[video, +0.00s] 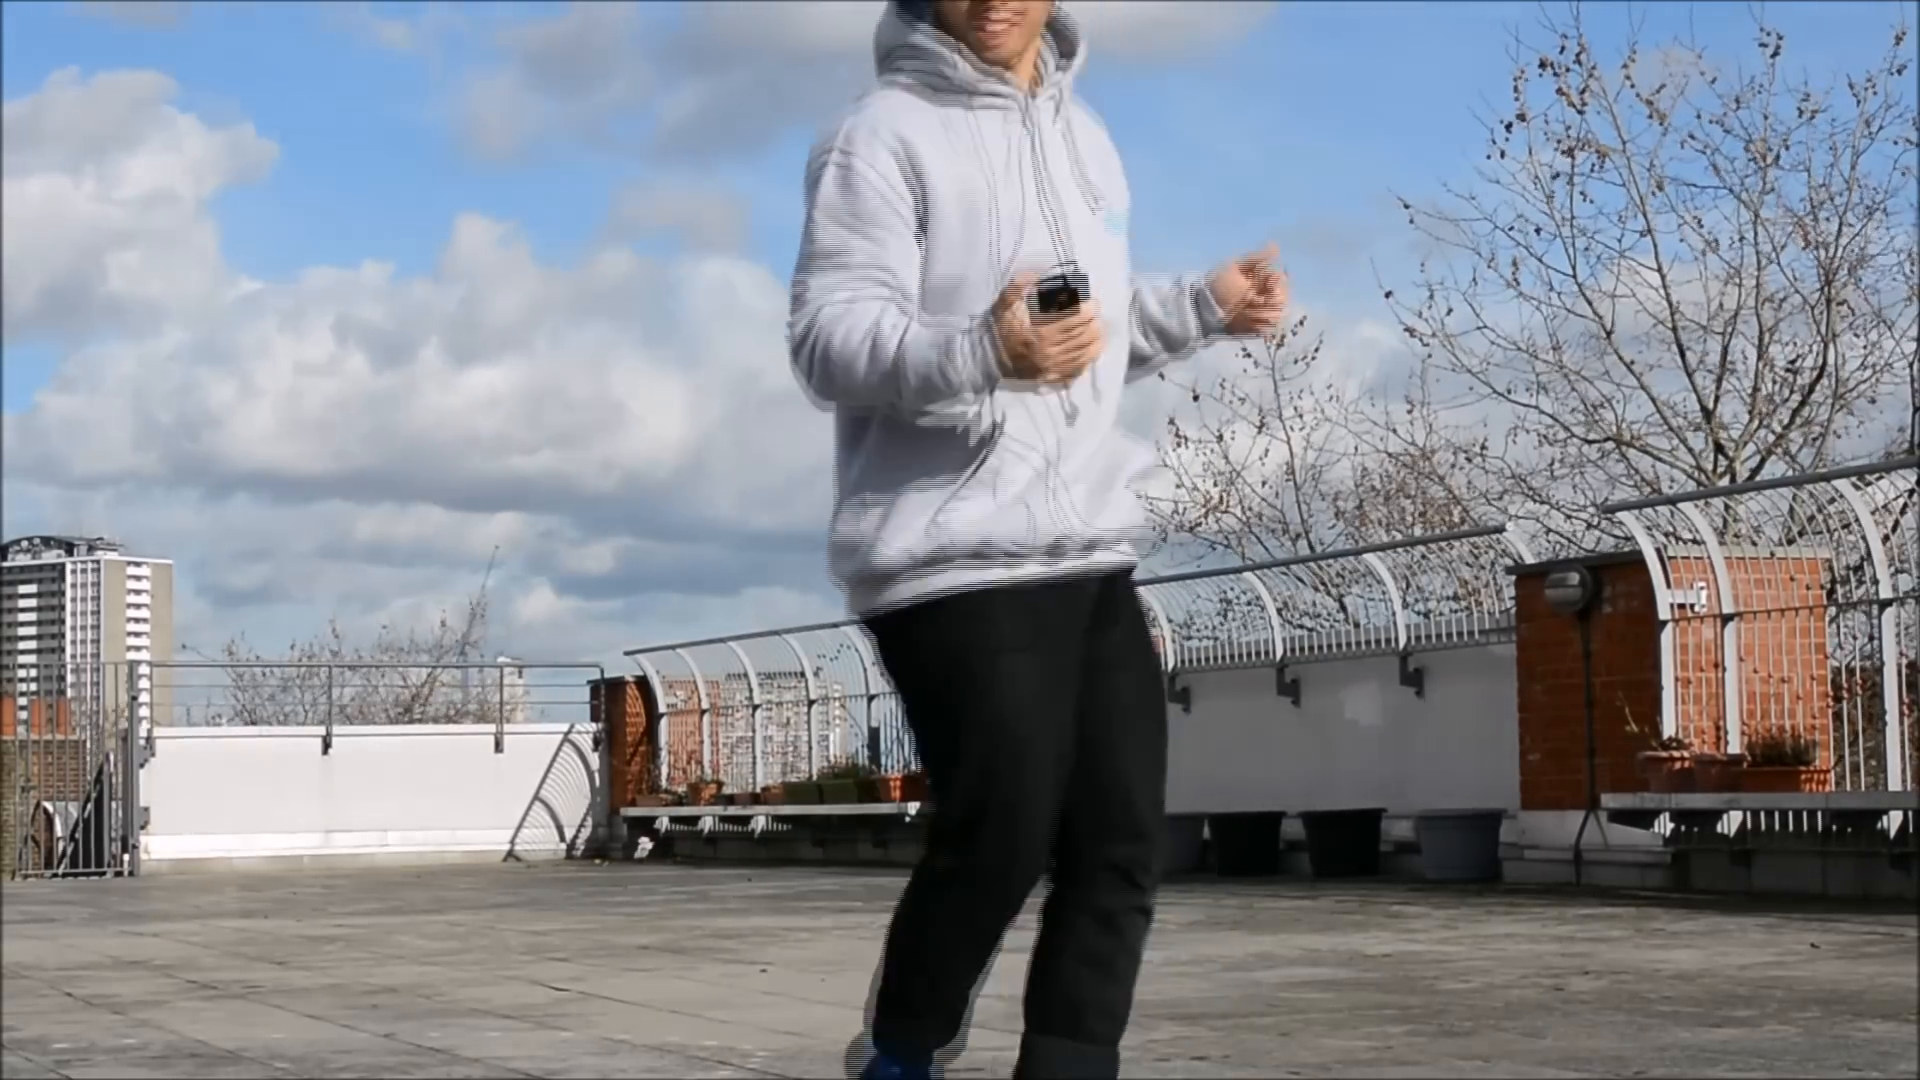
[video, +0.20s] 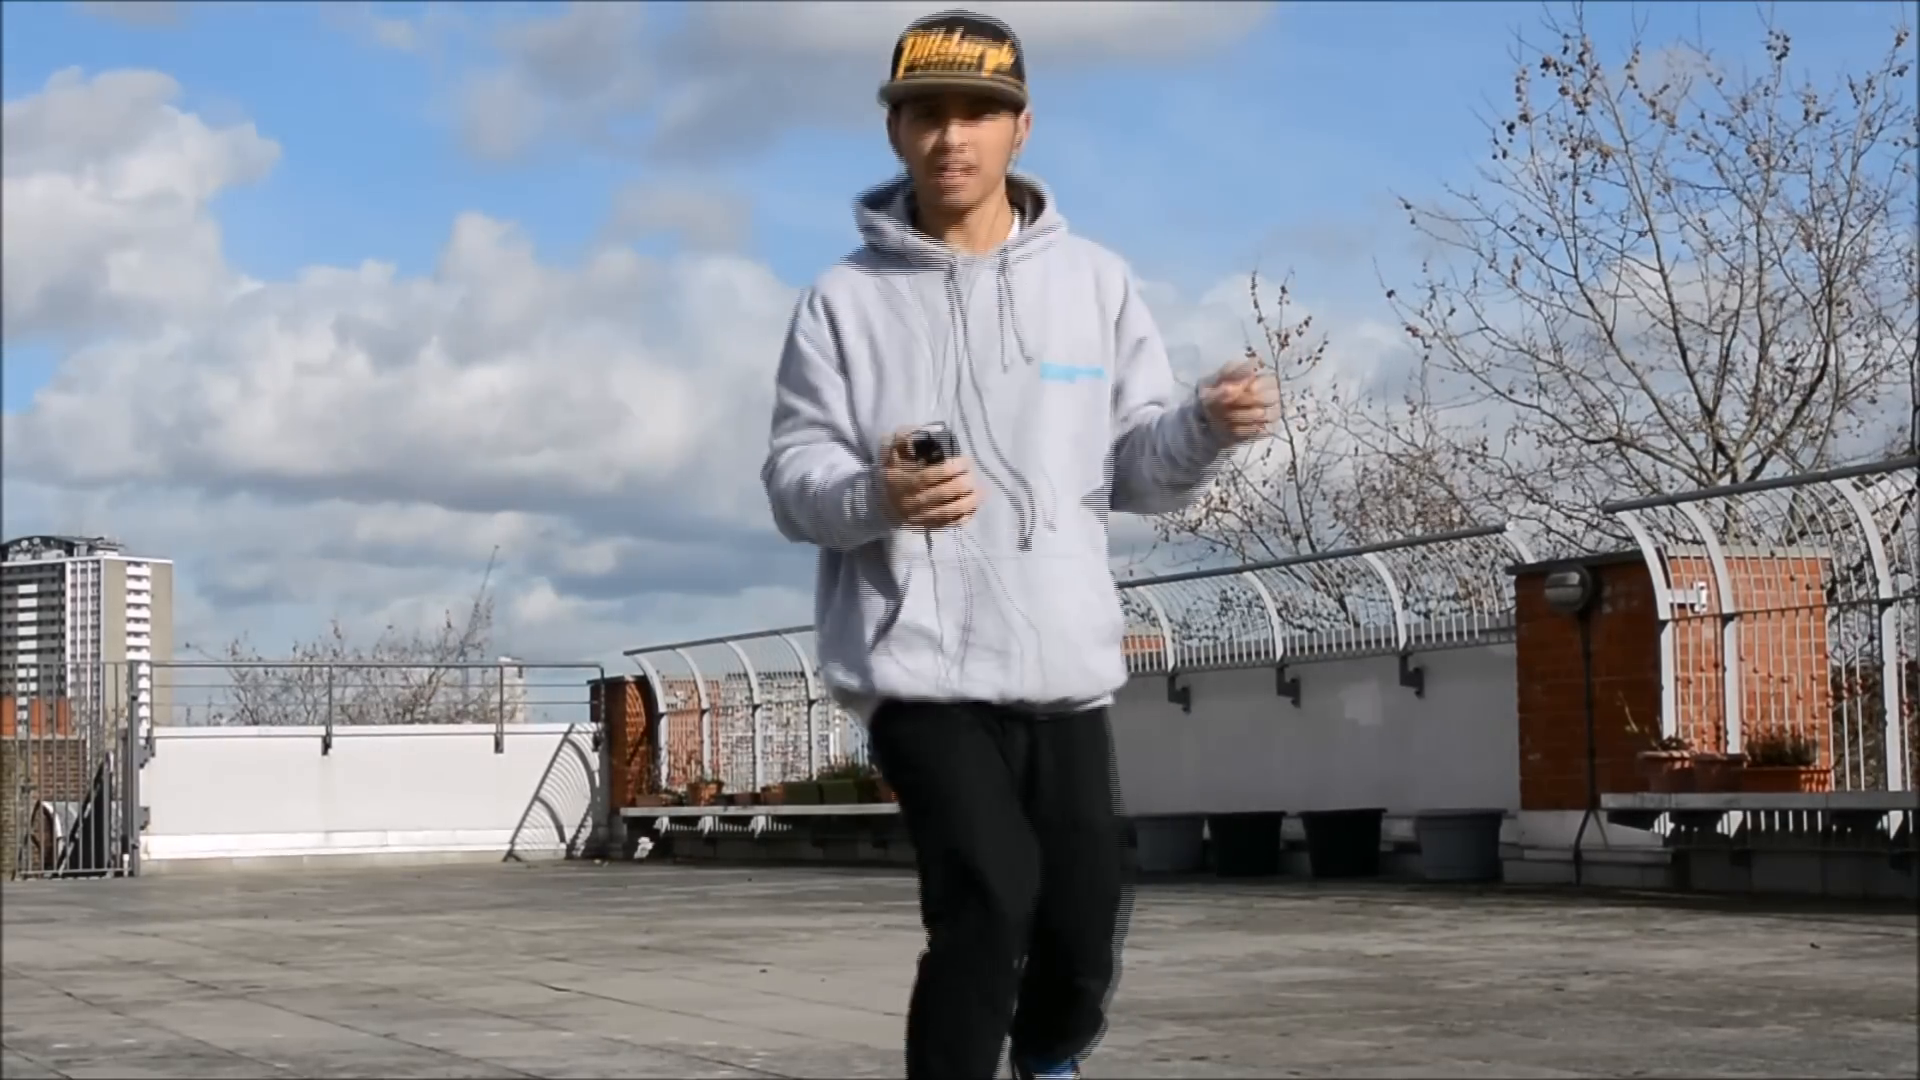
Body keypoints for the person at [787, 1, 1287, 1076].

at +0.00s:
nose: (998, 0)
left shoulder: (1088, 143)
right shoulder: (881, 134)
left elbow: (1095, 330)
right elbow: (831, 339)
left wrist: (1202, 306)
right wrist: (985, 352)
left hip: (1086, 555)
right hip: (942, 558)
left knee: (1118, 849)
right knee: (1002, 826)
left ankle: (1068, 1070)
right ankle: (898, 1057)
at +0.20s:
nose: (947, 138)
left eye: (973, 114)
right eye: (924, 115)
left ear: (1016, 128)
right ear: (895, 131)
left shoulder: (1096, 281)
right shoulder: (842, 299)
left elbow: (1133, 468)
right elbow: (795, 476)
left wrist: (1204, 426)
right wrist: (873, 497)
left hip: (1065, 658)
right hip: (918, 663)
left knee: (1087, 910)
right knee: (984, 905)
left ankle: (1045, 1062)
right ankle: (952, 1072)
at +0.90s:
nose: (885, 257)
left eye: (907, 237)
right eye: (867, 239)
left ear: (948, 248)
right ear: (848, 253)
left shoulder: (1016, 367)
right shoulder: (808, 379)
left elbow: (1056, 535)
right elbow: (770, 510)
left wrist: (1050, 483)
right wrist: (794, 532)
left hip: (982, 654)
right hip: (866, 666)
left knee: (956, 859)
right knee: (898, 876)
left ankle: (988, 1066)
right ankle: (937, 1057)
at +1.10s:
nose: (861, 237)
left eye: (882, 216)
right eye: (844, 219)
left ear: (925, 221)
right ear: (825, 230)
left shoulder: (995, 335)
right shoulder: (789, 351)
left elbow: (1039, 474)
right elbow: (755, 477)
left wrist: (989, 346)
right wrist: (776, 505)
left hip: (951, 634)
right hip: (838, 640)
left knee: (919, 846)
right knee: (866, 858)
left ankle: (926, 1056)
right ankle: (925, 1051)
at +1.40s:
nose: (819, 240)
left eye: (839, 220)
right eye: (803, 223)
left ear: (888, 225)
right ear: (789, 234)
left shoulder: (949, 332)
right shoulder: (763, 352)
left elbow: (944, 435)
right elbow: (729, 480)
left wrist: (905, 292)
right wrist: (730, 502)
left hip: (902, 661)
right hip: (783, 655)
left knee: (898, 882)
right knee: (727, 846)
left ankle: (911, 1067)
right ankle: (784, 1034)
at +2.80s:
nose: (736, 331)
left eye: (753, 315)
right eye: (719, 316)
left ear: (787, 292)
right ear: (694, 297)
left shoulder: (844, 381)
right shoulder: (649, 385)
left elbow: (885, 522)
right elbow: (611, 519)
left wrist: (843, 449)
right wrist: (676, 502)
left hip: (799, 678)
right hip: (683, 675)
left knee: (780, 882)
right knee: (680, 876)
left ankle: (763, 1061)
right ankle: (668, 1060)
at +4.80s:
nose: (761, 301)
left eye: (779, 285)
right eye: (746, 283)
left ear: (819, 278)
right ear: (726, 277)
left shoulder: (867, 389)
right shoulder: (665, 376)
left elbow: (908, 505)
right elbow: (595, 489)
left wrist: (857, 546)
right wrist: (596, 609)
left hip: (805, 678)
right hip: (684, 669)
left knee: (779, 883)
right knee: (673, 875)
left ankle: (760, 1062)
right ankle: (654, 1061)